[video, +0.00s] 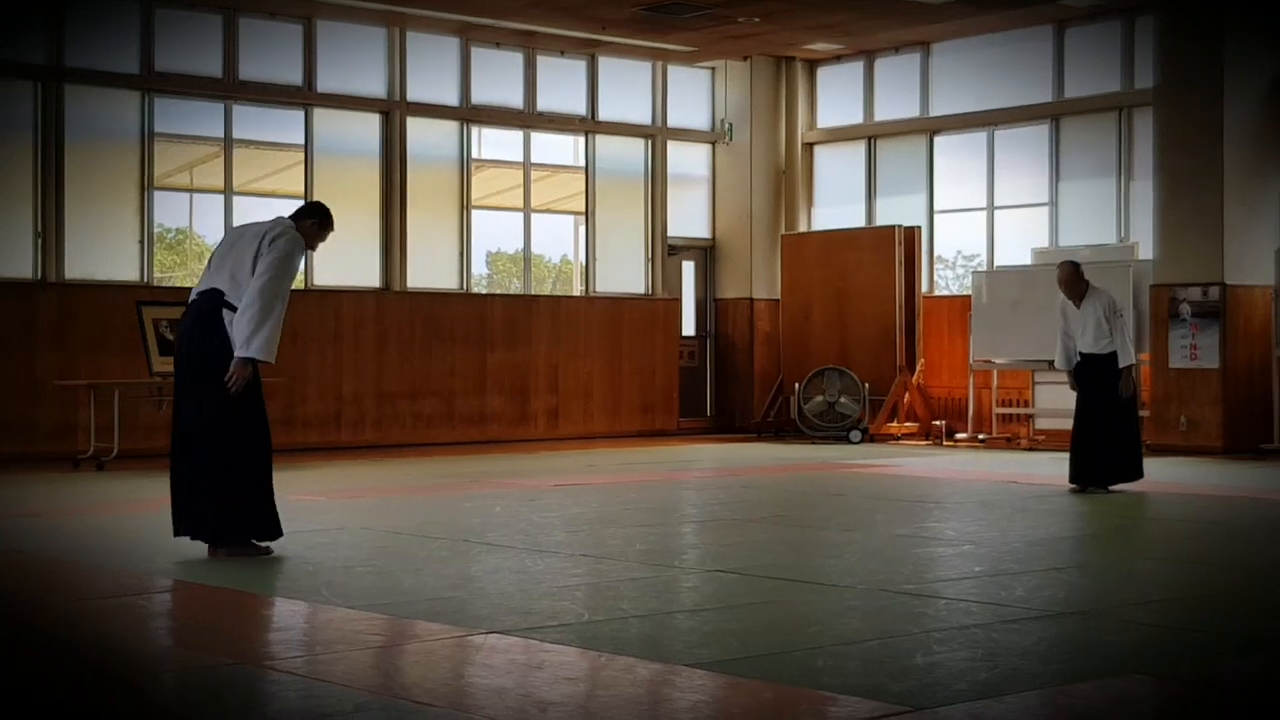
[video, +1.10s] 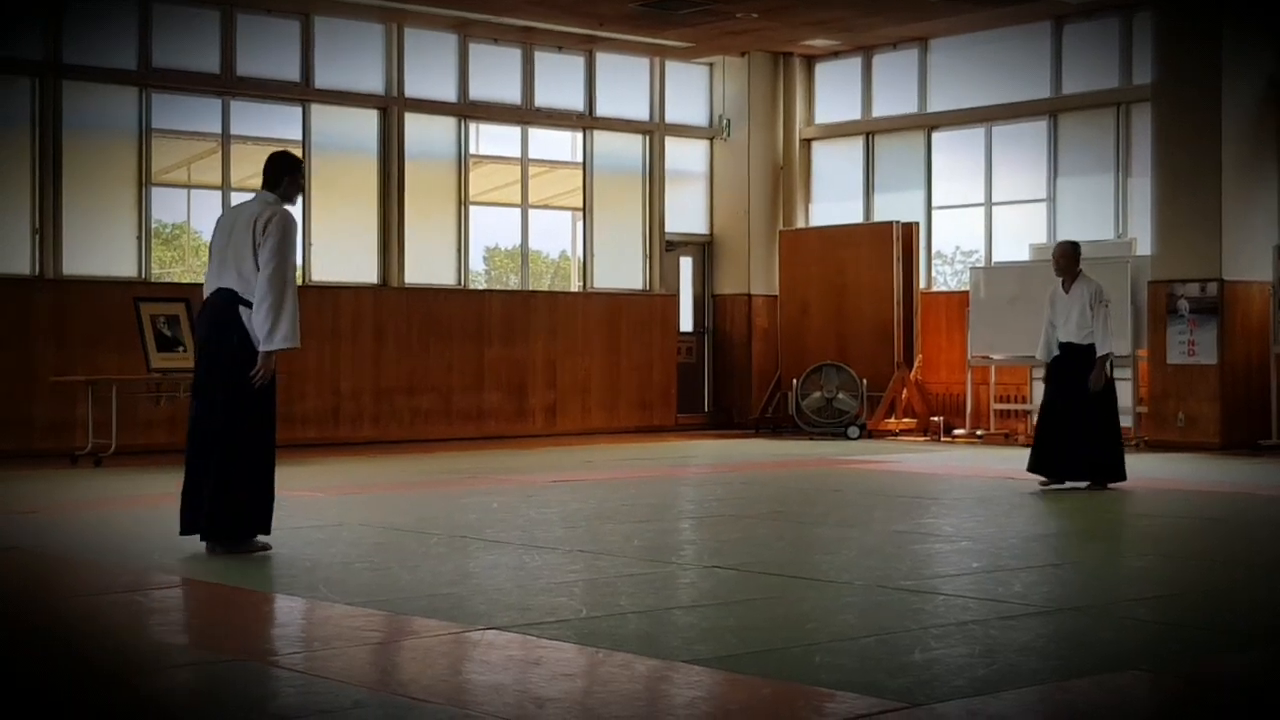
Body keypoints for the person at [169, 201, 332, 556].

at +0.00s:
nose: (316, 246)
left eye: (320, 241)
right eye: (319, 238)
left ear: (296, 216)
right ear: (310, 224)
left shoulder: (243, 232)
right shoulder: (288, 237)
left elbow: (213, 281)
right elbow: (263, 291)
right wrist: (245, 353)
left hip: (196, 326)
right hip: (222, 328)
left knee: (209, 430)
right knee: (238, 432)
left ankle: (218, 533)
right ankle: (232, 536)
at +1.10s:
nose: (300, 189)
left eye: (301, 182)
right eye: (300, 182)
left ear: (265, 178)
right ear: (290, 180)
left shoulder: (228, 216)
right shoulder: (279, 217)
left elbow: (215, 276)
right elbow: (273, 279)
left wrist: (213, 328)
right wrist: (269, 343)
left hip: (213, 324)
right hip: (246, 327)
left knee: (215, 426)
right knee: (247, 428)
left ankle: (215, 527)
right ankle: (235, 531)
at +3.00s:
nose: (484, 201)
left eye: (482, 195)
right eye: (482, 195)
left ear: (449, 199)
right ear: (474, 199)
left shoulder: (424, 239)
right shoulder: (481, 241)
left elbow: (406, 296)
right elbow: (493, 304)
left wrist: (422, 332)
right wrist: (505, 359)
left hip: (436, 343)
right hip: (473, 343)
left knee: (412, 419)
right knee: (490, 426)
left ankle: (378, 493)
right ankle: (504, 511)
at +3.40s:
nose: (561, 204)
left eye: (558, 198)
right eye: (559, 199)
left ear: (528, 202)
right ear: (553, 201)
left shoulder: (501, 239)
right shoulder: (560, 240)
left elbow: (479, 289)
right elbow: (580, 296)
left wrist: (496, 330)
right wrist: (605, 343)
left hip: (509, 337)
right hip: (543, 336)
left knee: (543, 419)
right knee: (532, 423)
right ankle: (507, 513)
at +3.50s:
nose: (579, 209)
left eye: (577, 203)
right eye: (577, 204)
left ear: (547, 208)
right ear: (570, 208)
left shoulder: (520, 245)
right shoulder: (580, 247)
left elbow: (499, 296)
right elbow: (598, 303)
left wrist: (515, 335)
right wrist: (624, 346)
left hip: (528, 340)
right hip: (562, 339)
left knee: (568, 418)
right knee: (538, 423)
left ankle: (588, 486)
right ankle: (509, 511)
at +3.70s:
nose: (614, 214)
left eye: (612, 208)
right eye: (612, 209)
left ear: (583, 213)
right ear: (607, 213)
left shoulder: (558, 249)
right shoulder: (617, 250)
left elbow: (538, 299)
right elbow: (642, 301)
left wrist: (552, 334)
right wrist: (665, 334)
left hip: (567, 341)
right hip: (602, 341)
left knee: (579, 418)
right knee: (606, 420)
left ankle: (595, 501)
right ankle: (548, 477)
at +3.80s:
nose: (634, 217)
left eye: (631, 212)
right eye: (632, 212)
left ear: (604, 216)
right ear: (627, 216)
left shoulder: (576, 251)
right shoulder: (635, 253)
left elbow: (556, 301)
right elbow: (663, 298)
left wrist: (569, 338)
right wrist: (687, 324)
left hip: (585, 345)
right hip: (622, 345)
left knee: (594, 417)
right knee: (650, 417)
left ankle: (598, 498)